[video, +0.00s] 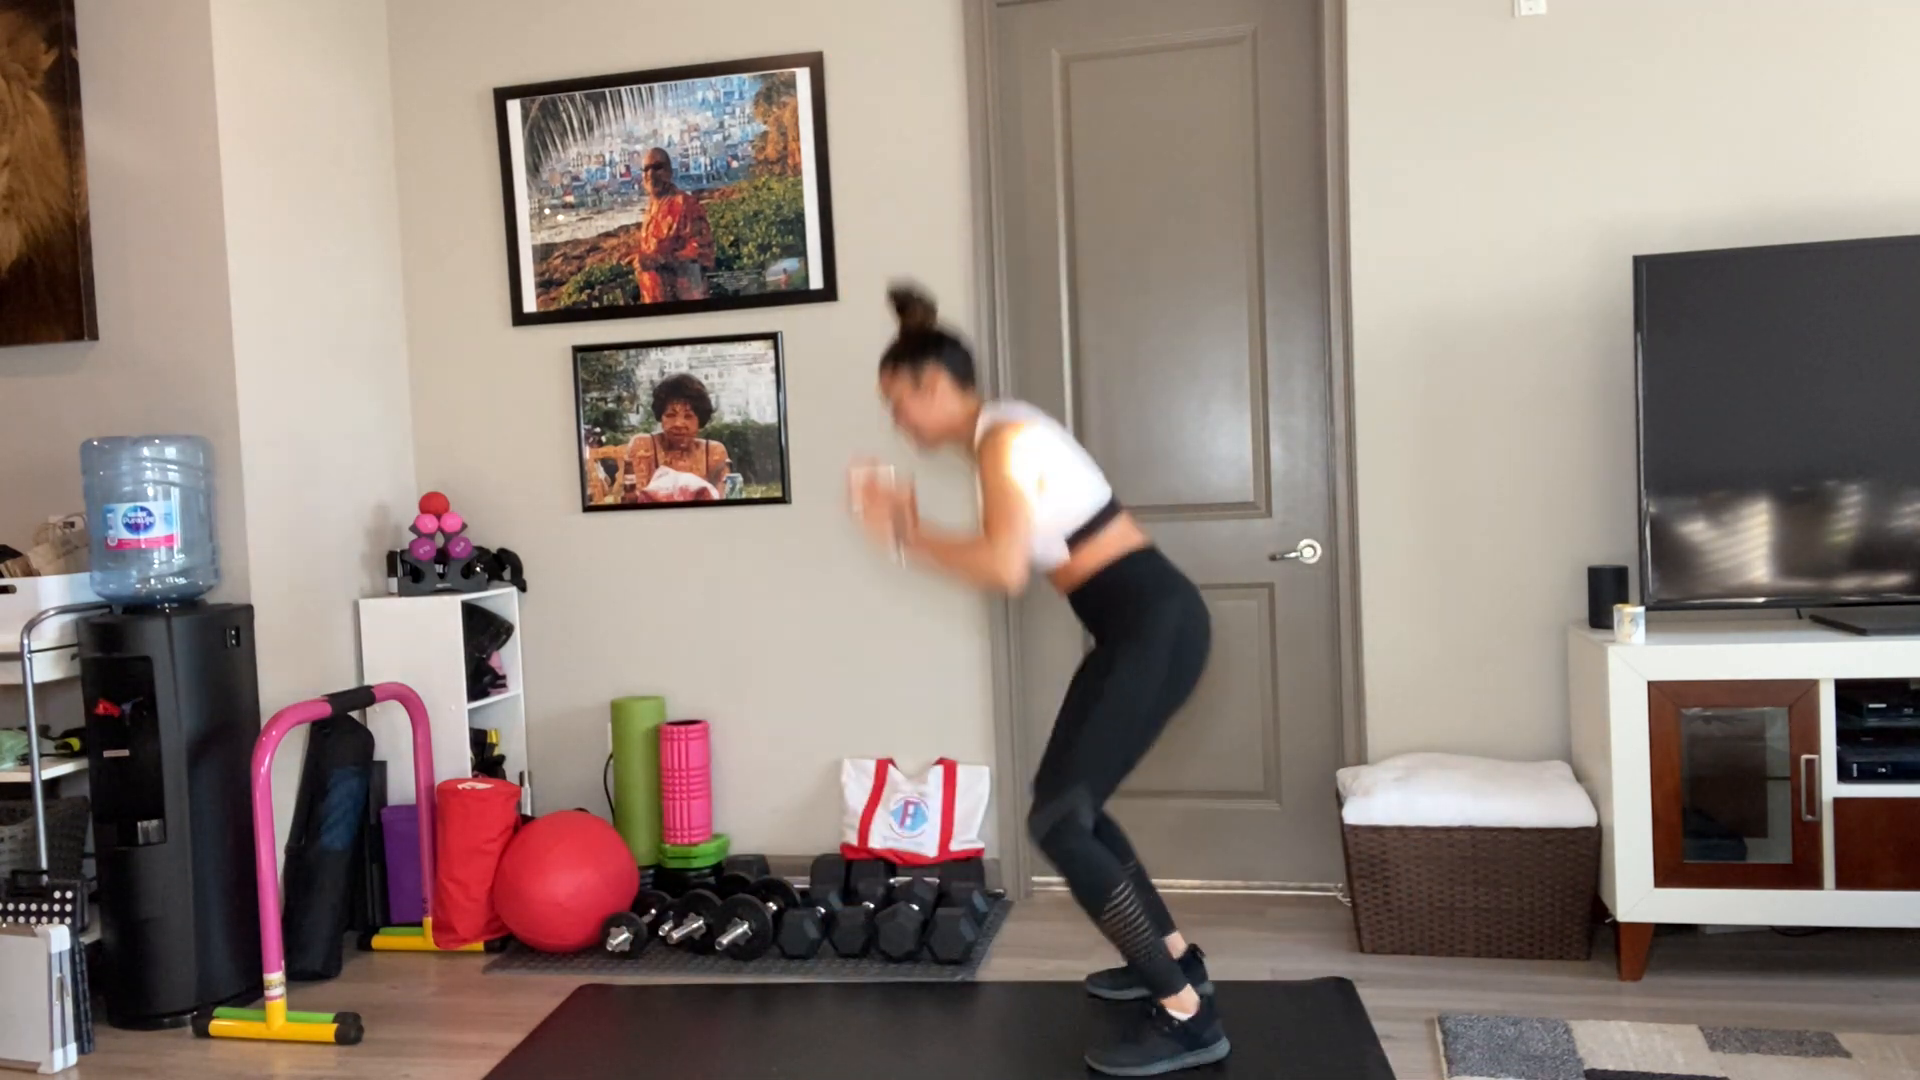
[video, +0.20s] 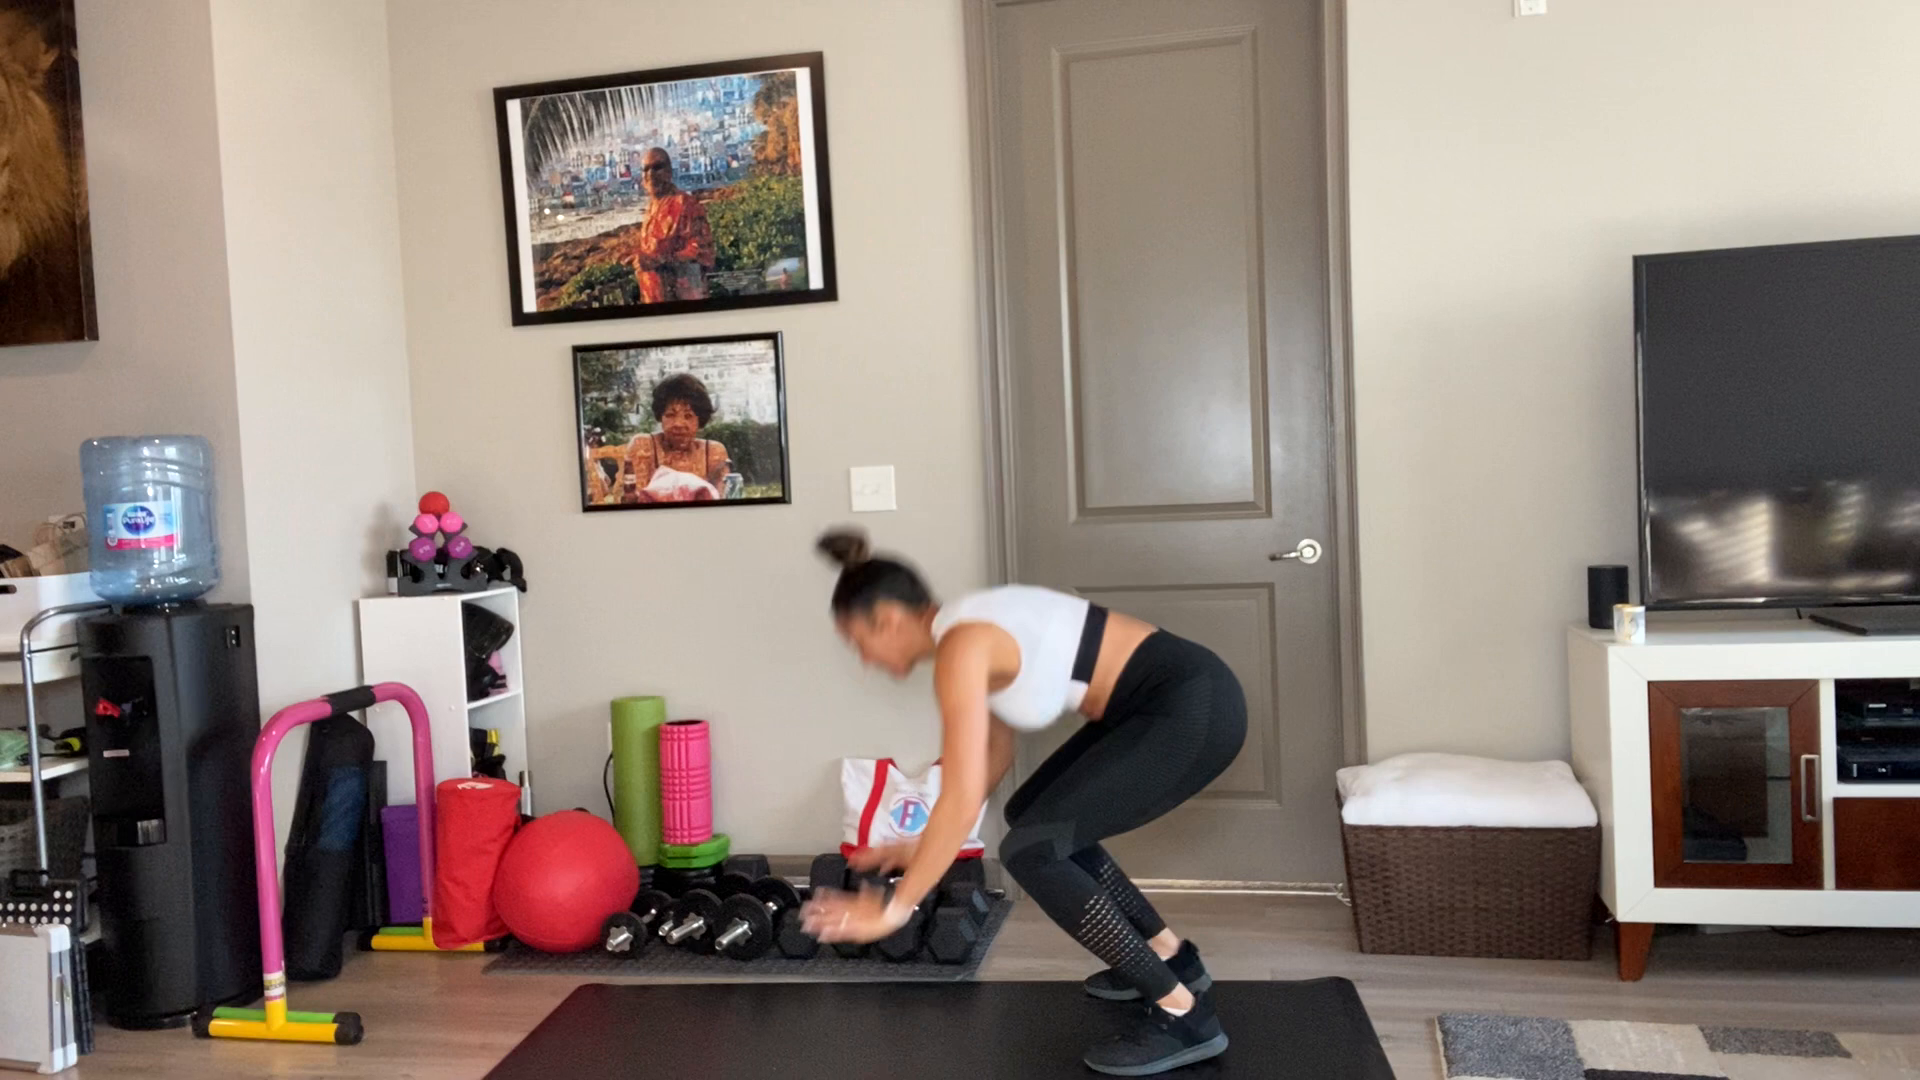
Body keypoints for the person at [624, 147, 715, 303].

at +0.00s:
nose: (650, 174)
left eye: (657, 167)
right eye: (646, 169)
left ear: (670, 172)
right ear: (642, 175)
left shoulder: (685, 204)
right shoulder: (653, 206)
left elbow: (703, 254)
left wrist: (656, 260)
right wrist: (638, 257)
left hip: (682, 297)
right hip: (654, 297)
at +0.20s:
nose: (650, 175)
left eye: (657, 167)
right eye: (645, 169)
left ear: (669, 171)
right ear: (642, 176)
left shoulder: (686, 204)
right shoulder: (653, 207)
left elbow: (702, 254)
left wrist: (657, 261)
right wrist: (638, 257)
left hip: (683, 297)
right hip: (655, 297)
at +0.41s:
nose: (650, 174)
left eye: (657, 167)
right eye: (645, 169)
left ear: (669, 171)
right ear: (642, 176)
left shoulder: (686, 204)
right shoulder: (653, 207)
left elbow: (702, 254)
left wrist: (657, 261)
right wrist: (638, 257)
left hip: (683, 297)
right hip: (655, 297)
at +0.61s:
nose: (650, 175)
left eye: (657, 167)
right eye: (645, 169)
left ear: (669, 171)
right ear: (642, 176)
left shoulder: (686, 204)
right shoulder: (654, 206)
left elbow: (702, 254)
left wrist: (657, 261)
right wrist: (638, 257)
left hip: (683, 297)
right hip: (655, 297)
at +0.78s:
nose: (650, 175)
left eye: (657, 167)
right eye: (645, 169)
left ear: (669, 172)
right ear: (642, 176)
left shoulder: (686, 204)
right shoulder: (654, 206)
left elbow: (703, 255)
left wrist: (657, 261)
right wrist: (638, 257)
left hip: (683, 297)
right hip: (655, 297)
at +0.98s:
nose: (650, 175)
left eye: (657, 168)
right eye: (646, 169)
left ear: (669, 171)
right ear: (642, 176)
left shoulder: (686, 204)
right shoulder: (654, 206)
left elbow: (702, 255)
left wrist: (657, 261)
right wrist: (638, 257)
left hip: (683, 297)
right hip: (656, 297)